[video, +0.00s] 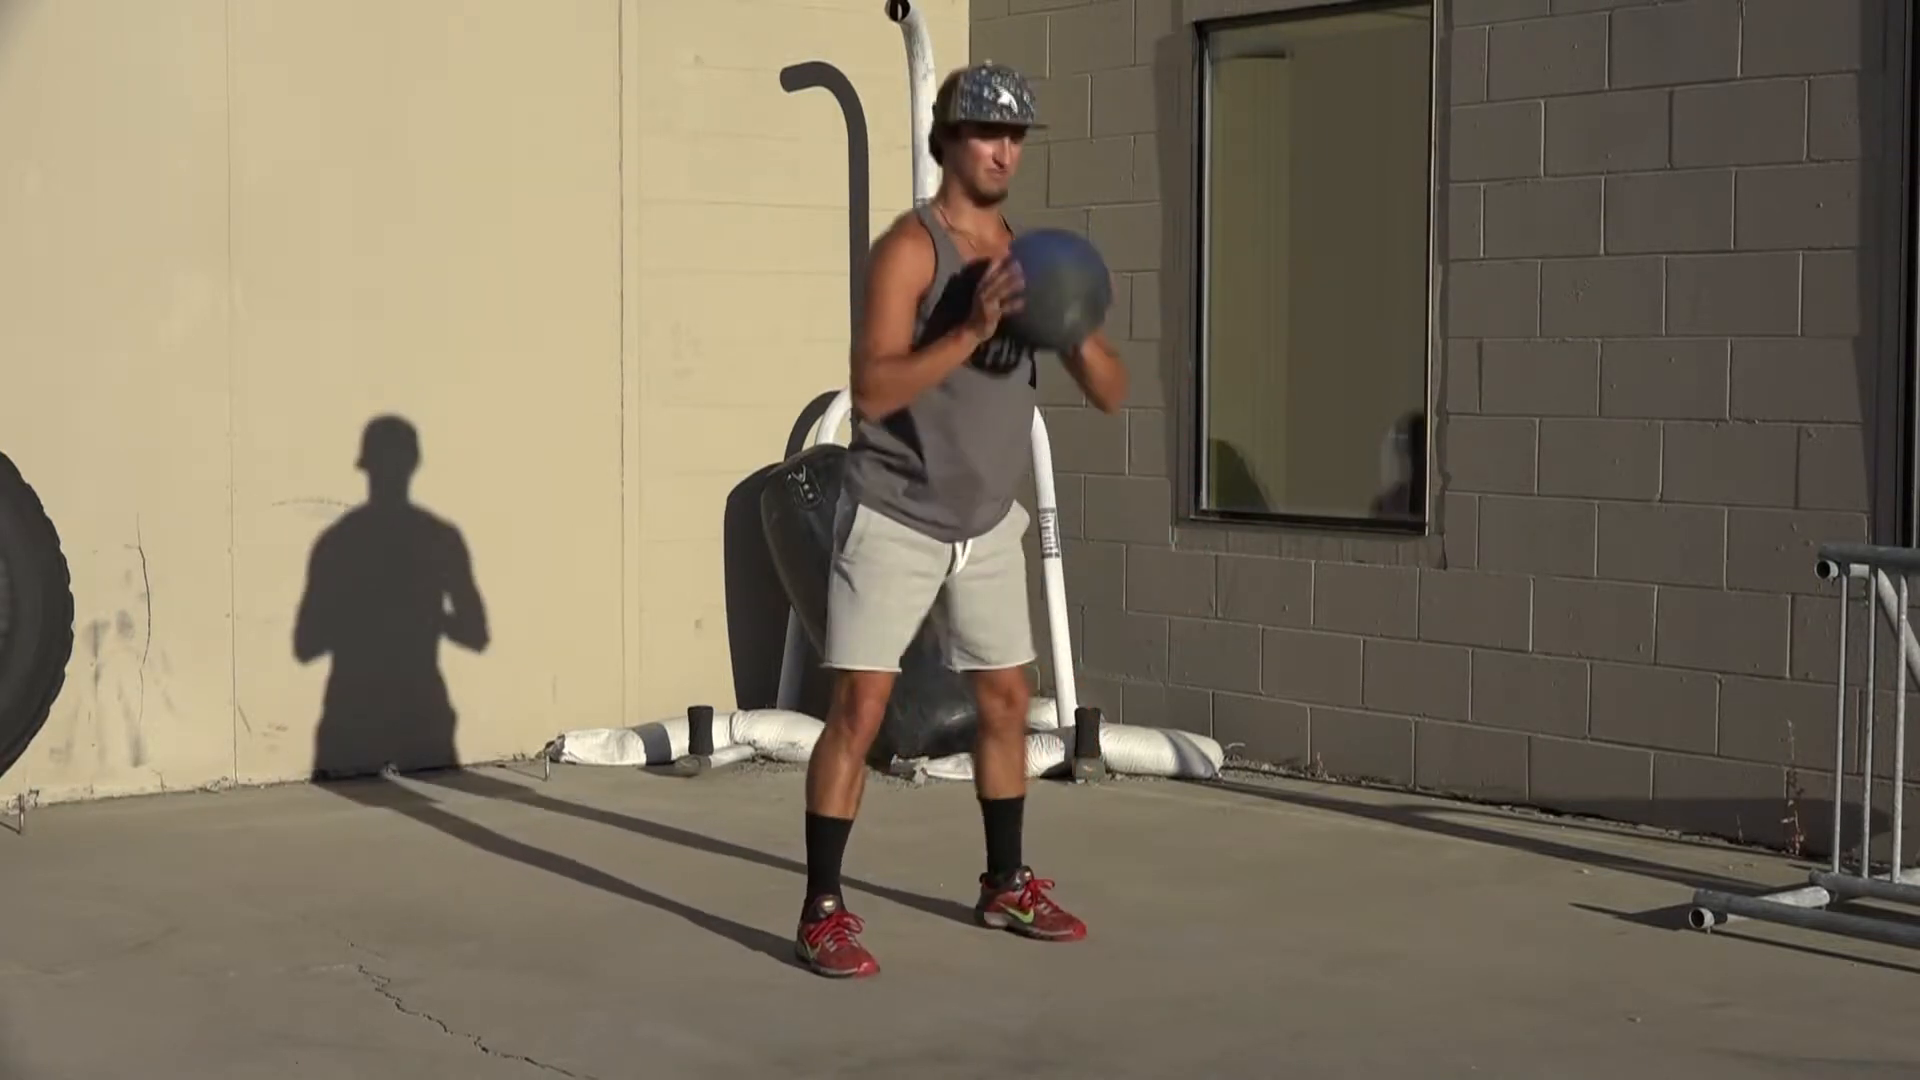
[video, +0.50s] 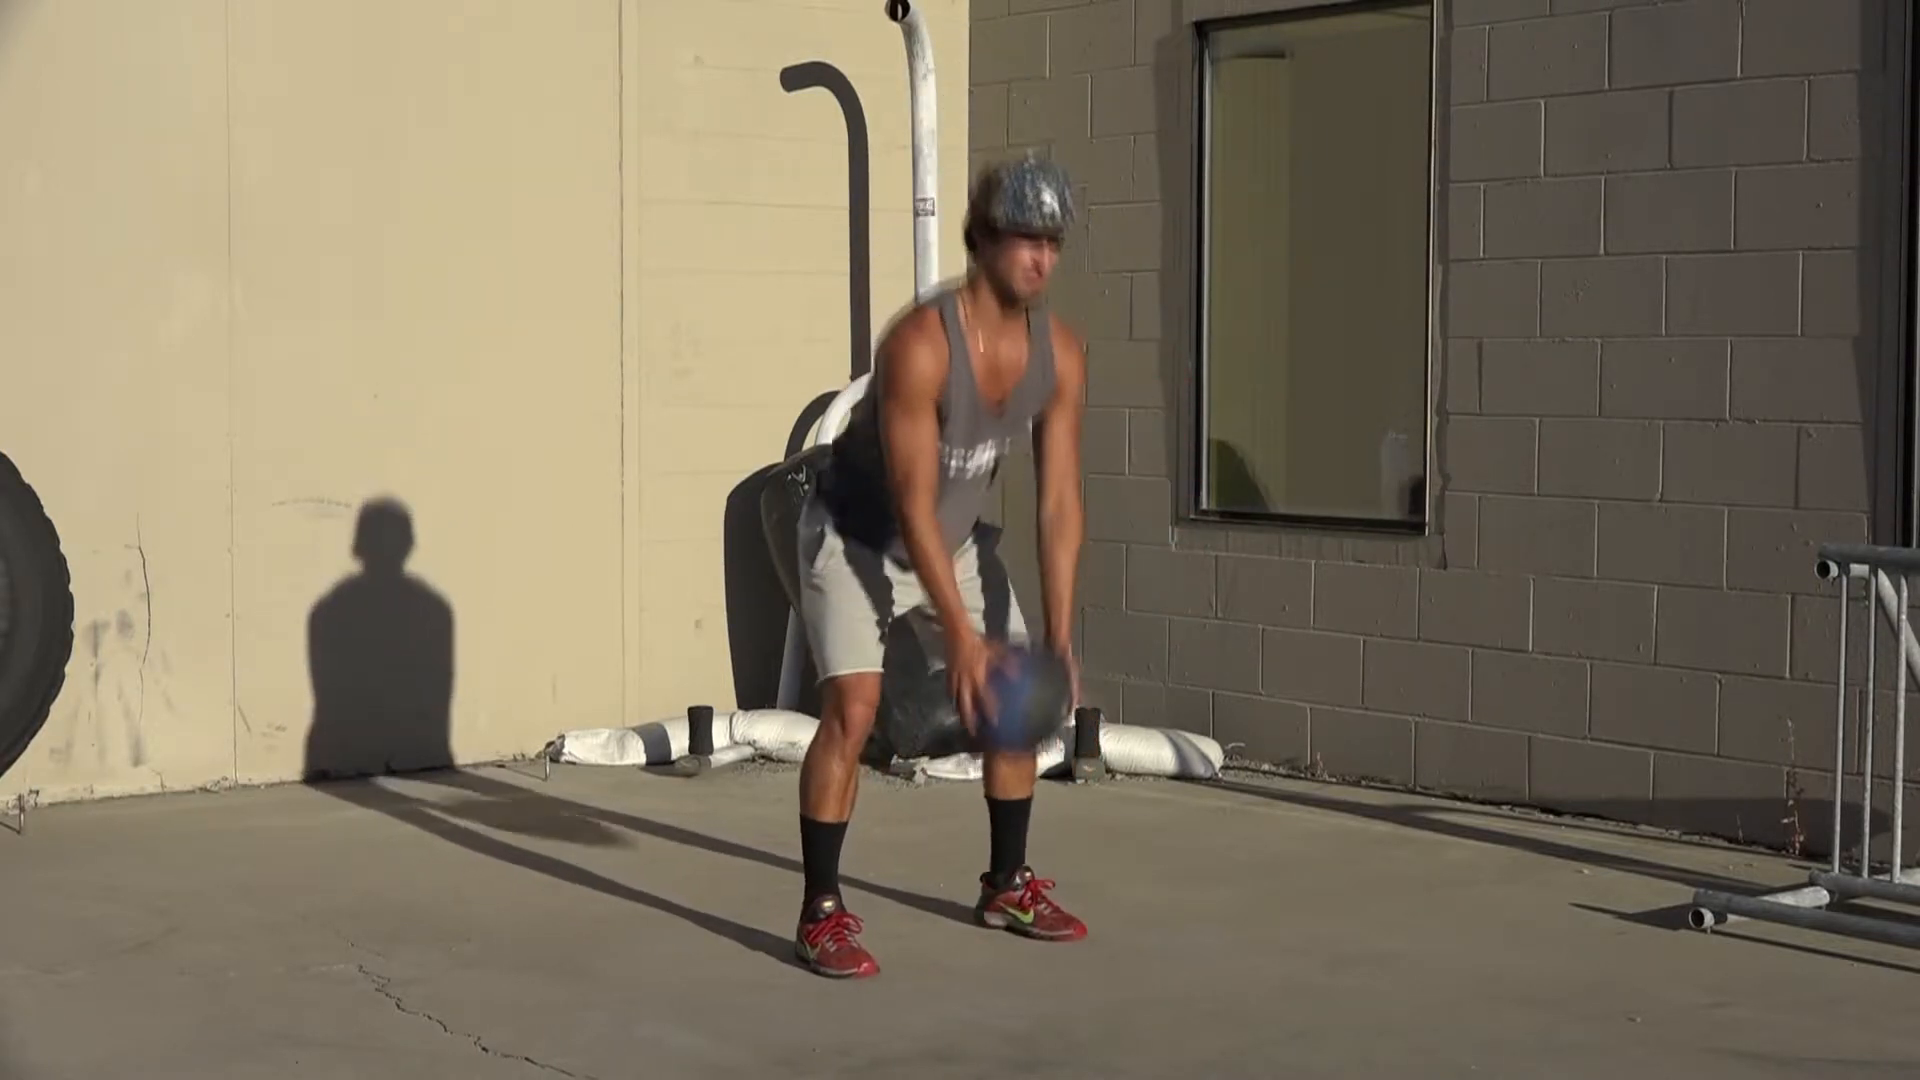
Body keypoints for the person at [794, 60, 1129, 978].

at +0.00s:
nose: (1001, 150)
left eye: (1012, 137)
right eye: (983, 134)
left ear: (1024, 151)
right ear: (945, 143)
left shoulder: (1030, 258)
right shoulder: (906, 251)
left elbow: (1112, 393)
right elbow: (871, 393)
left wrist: (1066, 314)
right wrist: (973, 330)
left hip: (992, 522)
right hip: (894, 517)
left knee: (1004, 700)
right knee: (860, 710)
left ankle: (1006, 886)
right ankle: (822, 910)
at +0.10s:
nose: (999, 148)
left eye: (1012, 134)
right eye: (982, 132)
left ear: (1024, 145)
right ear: (942, 137)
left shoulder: (1043, 246)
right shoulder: (901, 243)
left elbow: (1069, 386)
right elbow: (861, 387)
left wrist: (1070, 354)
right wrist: (966, 352)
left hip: (995, 514)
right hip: (898, 512)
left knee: (989, 698)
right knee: (858, 704)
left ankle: (1005, 887)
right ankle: (822, 910)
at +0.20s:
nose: (997, 153)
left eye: (1011, 139)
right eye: (980, 135)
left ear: (1024, 149)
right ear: (943, 139)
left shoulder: (1041, 249)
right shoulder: (901, 245)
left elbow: (1054, 371)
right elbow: (859, 385)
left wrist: (1061, 416)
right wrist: (966, 393)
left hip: (994, 513)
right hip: (899, 507)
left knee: (988, 698)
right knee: (859, 702)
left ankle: (1004, 886)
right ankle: (823, 910)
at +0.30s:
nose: (1010, 166)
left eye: (1022, 151)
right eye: (993, 149)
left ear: (1032, 159)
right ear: (953, 150)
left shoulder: (1044, 260)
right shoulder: (905, 256)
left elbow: (1058, 398)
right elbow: (870, 401)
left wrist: (1070, 490)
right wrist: (966, 467)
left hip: (987, 515)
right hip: (888, 513)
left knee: (996, 698)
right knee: (857, 706)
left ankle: (1005, 887)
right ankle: (822, 910)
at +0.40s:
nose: (1028, 201)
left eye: (1039, 185)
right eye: (1011, 183)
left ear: (1047, 192)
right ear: (967, 183)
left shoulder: (1052, 296)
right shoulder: (912, 288)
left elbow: (1060, 443)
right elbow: (888, 448)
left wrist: (1065, 560)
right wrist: (963, 548)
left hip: (966, 527)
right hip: (869, 521)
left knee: (1006, 695)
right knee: (854, 706)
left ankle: (1006, 886)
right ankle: (820, 909)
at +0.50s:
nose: (1039, 257)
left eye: (1051, 242)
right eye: (1023, 239)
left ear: (1061, 250)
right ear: (981, 240)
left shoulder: (1057, 350)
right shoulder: (920, 342)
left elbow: (1059, 503)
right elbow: (915, 510)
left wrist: (1058, 638)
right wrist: (959, 634)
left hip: (953, 526)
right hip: (851, 525)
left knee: (1019, 682)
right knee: (853, 706)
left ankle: (1007, 882)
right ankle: (821, 910)